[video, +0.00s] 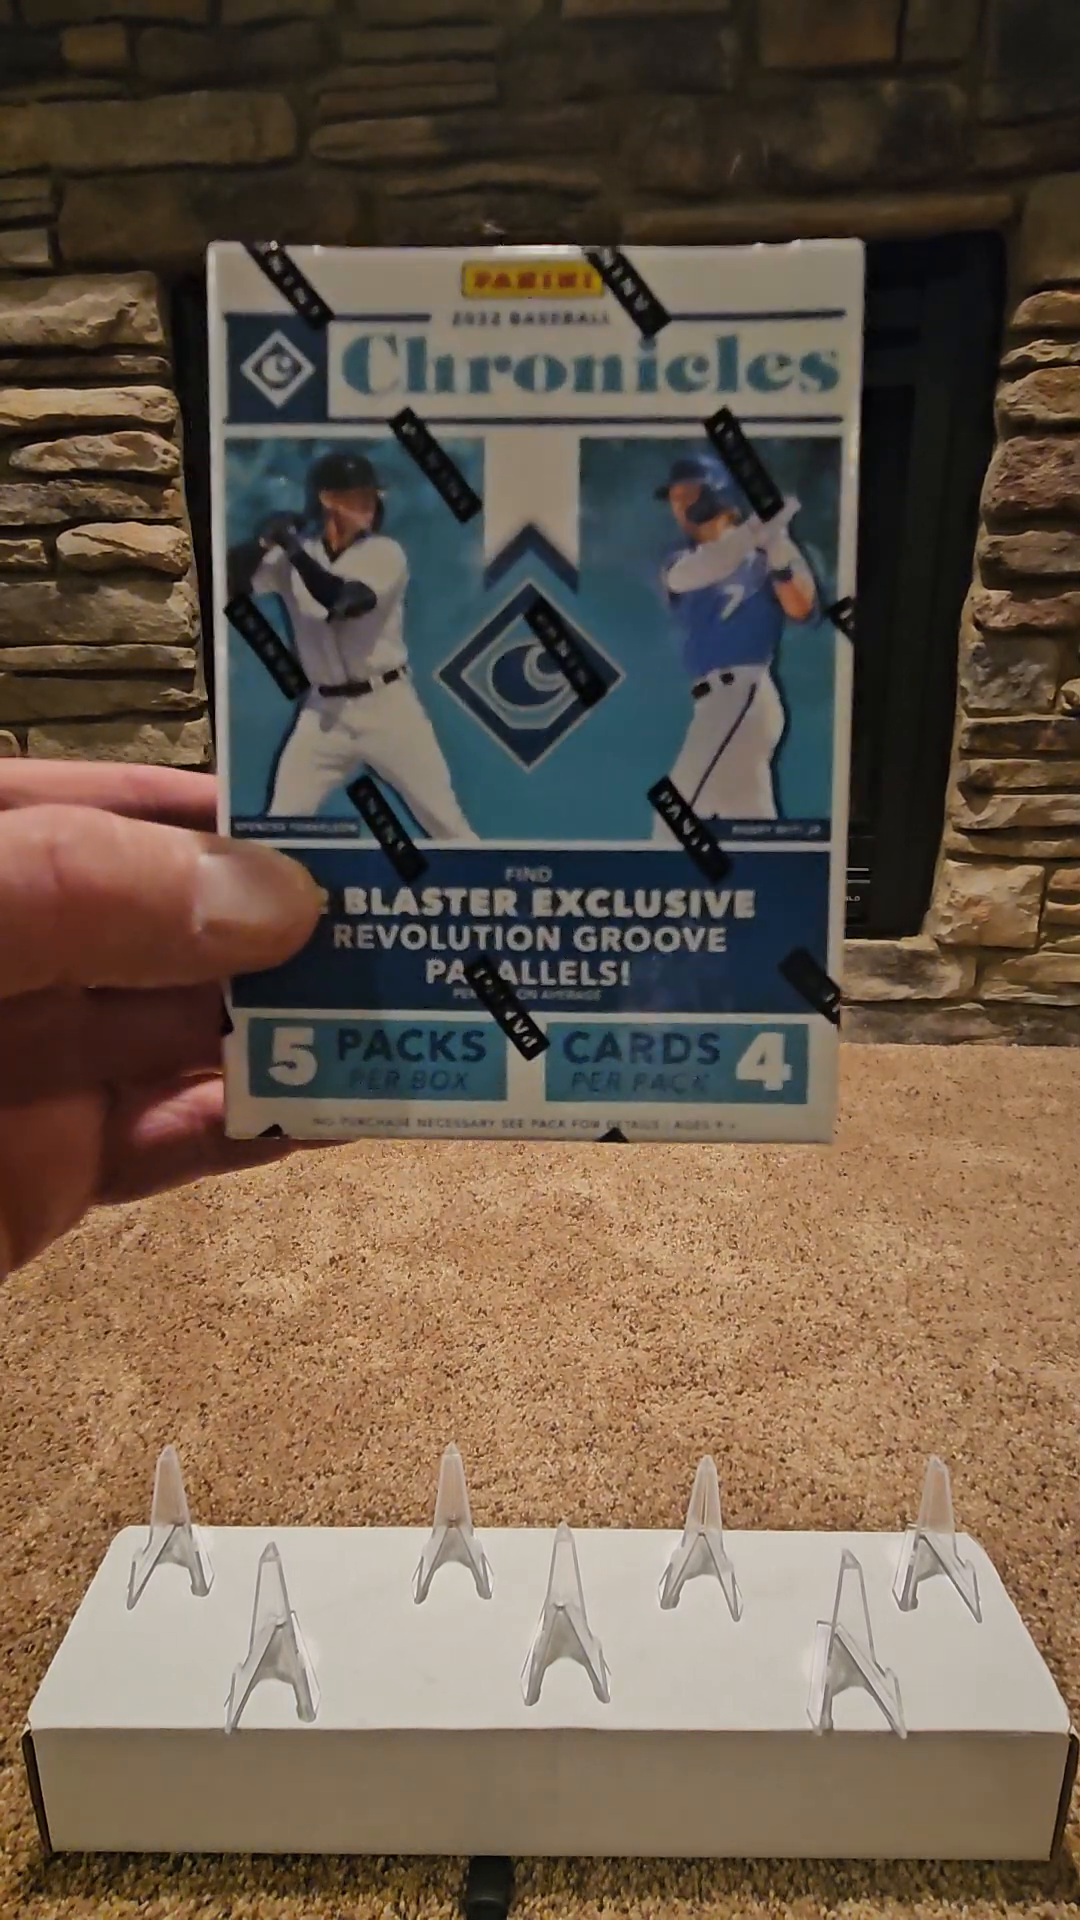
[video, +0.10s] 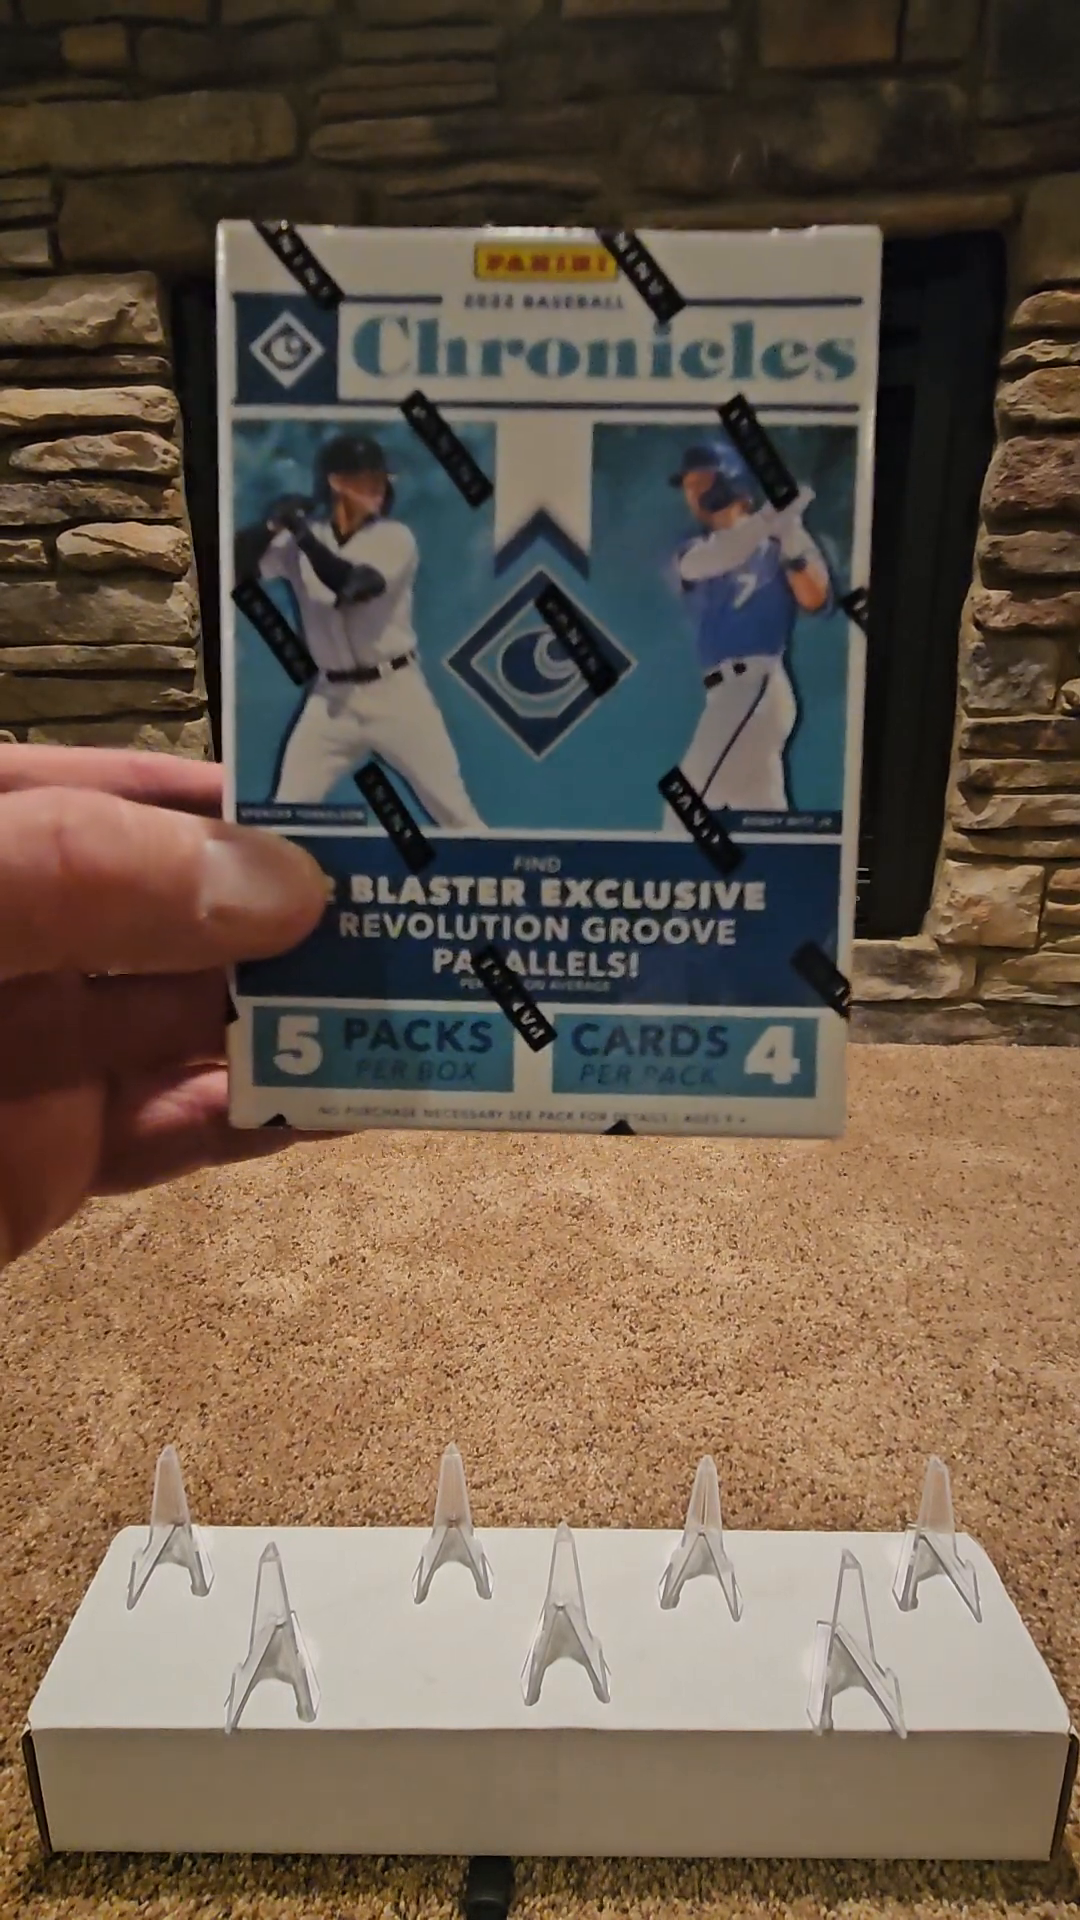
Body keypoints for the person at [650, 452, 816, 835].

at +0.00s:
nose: (679, 509)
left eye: (688, 496)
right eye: (674, 500)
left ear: (717, 497)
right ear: (670, 506)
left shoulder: (769, 547)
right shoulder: (680, 562)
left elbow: (801, 609)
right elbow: (698, 572)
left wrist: (777, 546)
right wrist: (757, 528)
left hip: (744, 697)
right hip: (713, 702)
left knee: (676, 816)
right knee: (753, 832)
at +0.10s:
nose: (692, 494)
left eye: (701, 482)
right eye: (687, 486)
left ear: (730, 484)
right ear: (684, 493)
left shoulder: (781, 536)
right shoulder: (691, 552)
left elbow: (815, 600)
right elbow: (715, 558)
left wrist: (790, 533)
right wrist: (769, 517)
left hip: (757, 687)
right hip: (725, 692)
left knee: (686, 805)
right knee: (764, 823)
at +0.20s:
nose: (701, 475)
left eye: (710, 462)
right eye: (696, 466)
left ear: (739, 463)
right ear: (693, 475)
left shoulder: (792, 515)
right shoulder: (705, 530)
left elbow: (825, 580)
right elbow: (711, 546)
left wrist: (800, 513)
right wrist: (777, 499)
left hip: (767, 669)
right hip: (734, 674)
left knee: (696, 790)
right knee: (776, 808)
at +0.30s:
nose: (701, 490)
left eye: (709, 476)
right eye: (695, 481)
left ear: (736, 475)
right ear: (692, 489)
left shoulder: (790, 528)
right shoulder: (702, 545)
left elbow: (823, 591)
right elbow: (719, 554)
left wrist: (799, 525)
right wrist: (778, 509)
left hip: (766, 679)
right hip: (734, 684)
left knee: (696, 800)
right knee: (775, 817)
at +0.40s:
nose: (683, 554)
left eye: (692, 541)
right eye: (678, 545)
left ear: (719, 544)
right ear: (675, 555)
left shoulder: (763, 590)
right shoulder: (686, 607)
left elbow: (800, 651)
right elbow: (692, 620)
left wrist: (776, 589)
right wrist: (755, 576)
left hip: (746, 733)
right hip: (714, 737)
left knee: (680, 849)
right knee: (749, 863)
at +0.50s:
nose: (668, 609)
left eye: (676, 597)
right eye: (663, 601)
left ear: (705, 600)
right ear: (660, 608)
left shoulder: (754, 649)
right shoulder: (665, 660)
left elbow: (783, 708)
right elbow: (687, 670)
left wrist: (761, 650)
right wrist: (738, 632)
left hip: (728, 787)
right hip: (698, 792)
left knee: (661, 897)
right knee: (735, 913)